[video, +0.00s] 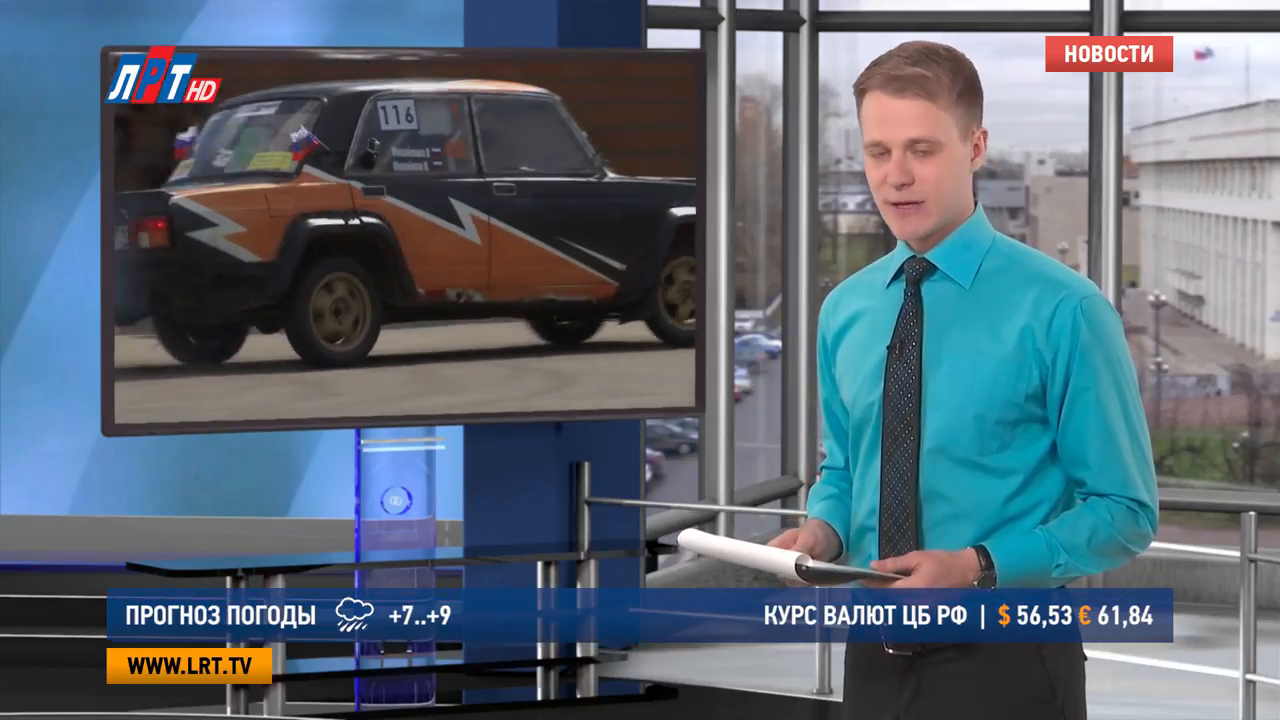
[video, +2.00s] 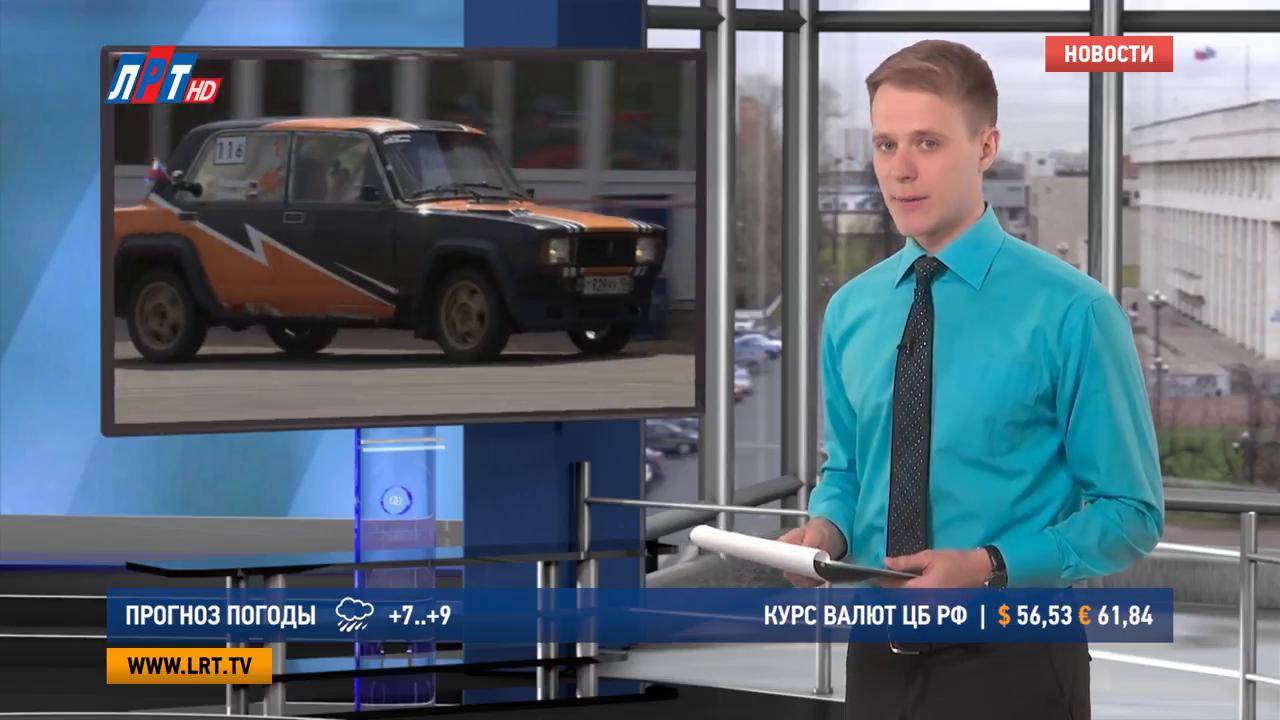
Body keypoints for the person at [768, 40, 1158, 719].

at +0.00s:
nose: (897, 176)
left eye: (922, 149)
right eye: (879, 152)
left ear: (975, 148)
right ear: (862, 158)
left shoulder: (1064, 309)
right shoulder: (845, 309)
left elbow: (1126, 509)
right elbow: (841, 470)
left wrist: (979, 566)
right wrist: (818, 531)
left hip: (1005, 662)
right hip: (875, 659)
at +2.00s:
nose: (901, 168)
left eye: (928, 142)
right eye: (886, 145)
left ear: (985, 146)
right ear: (871, 151)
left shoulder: (1073, 310)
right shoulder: (850, 310)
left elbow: (1131, 511)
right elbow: (843, 470)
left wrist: (990, 566)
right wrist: (823, 531)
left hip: (1010, 660)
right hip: (877, 656)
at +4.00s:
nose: (932, 142)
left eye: (955, 125)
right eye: (910, 122)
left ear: (986, 149)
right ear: (874, 147)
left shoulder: (1061, 308)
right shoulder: (833, 311)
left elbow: (1124, 508)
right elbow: (830, 472)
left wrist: (983, 567)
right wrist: (813, 534)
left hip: (1005, 662)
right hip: (870, 660)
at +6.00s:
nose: (942, 162)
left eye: (965, 139)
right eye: (921, 138)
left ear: (996, 150)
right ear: (884, 148)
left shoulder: (1070, 310)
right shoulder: (845, 311)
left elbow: (1127, 510)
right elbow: (837, 471)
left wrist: (989, 566)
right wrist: (817, 534)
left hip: (1006, 661)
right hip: (873, 657)